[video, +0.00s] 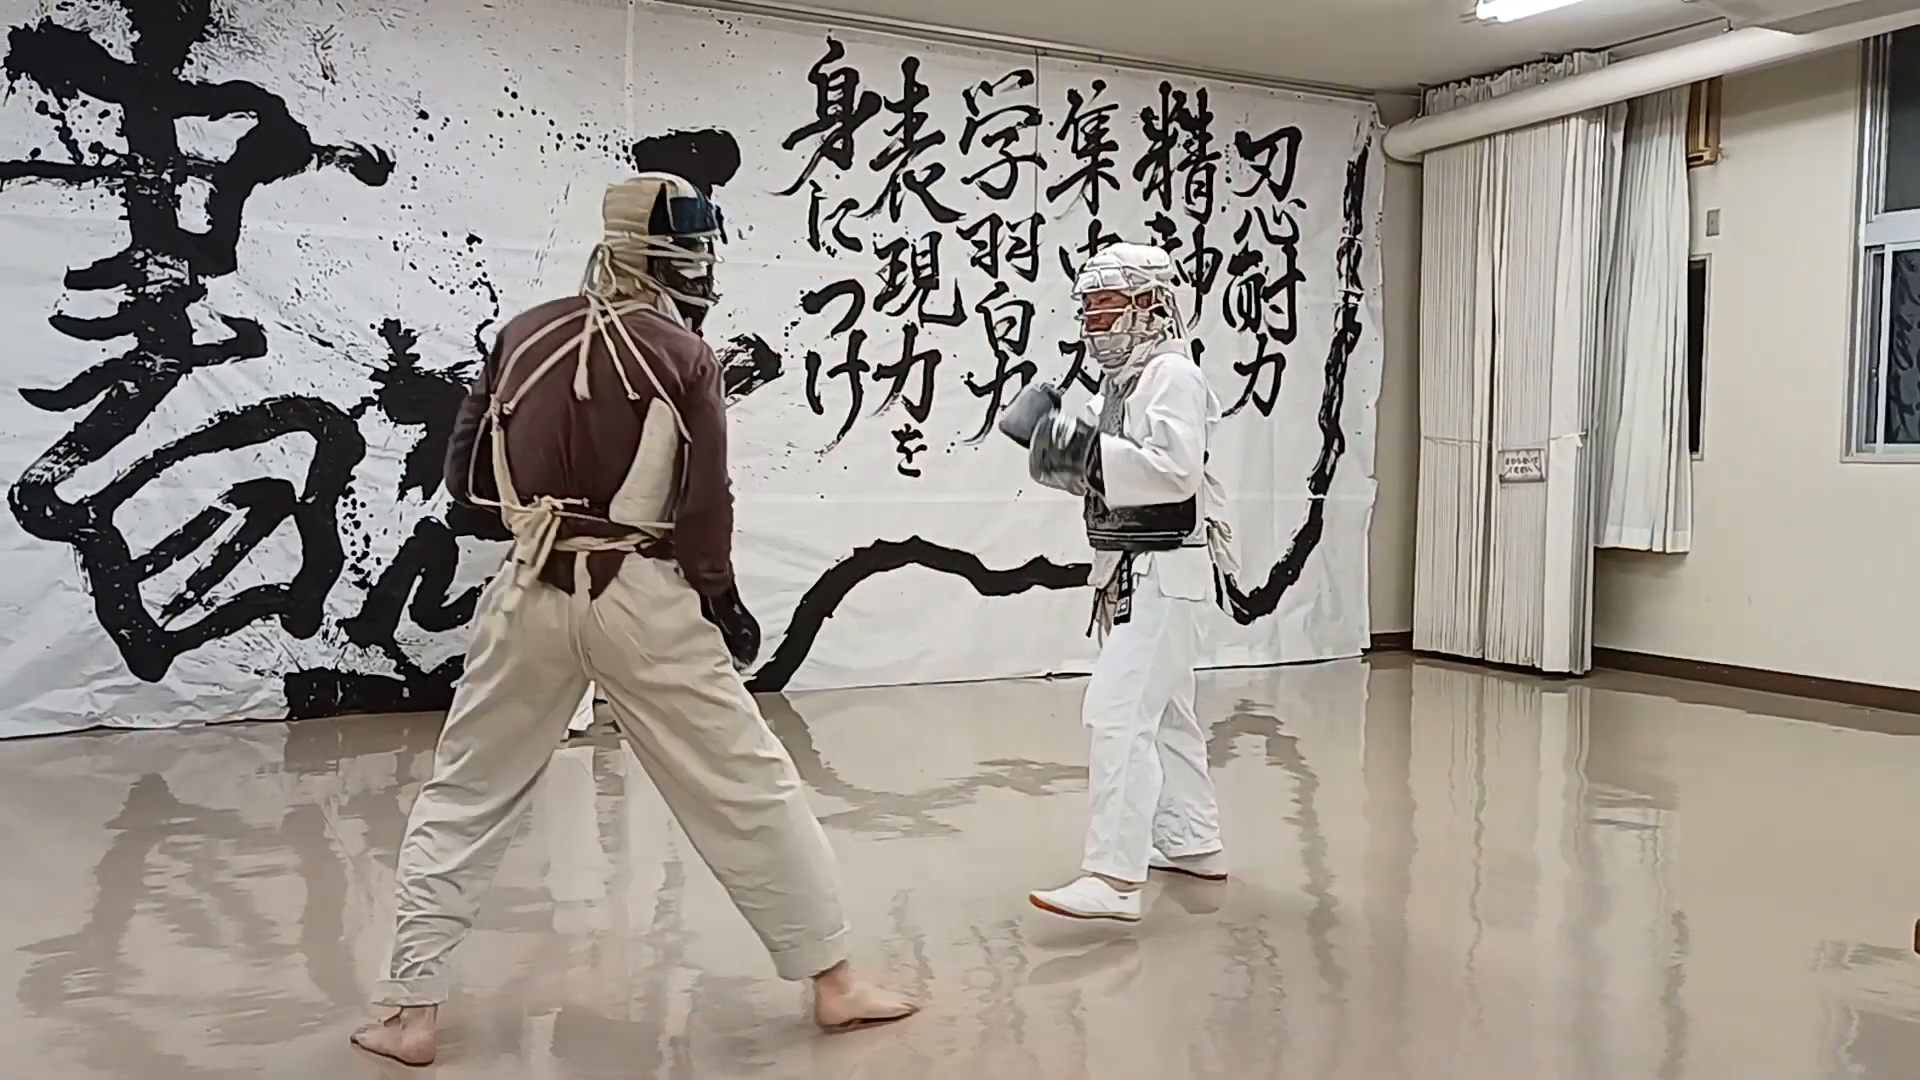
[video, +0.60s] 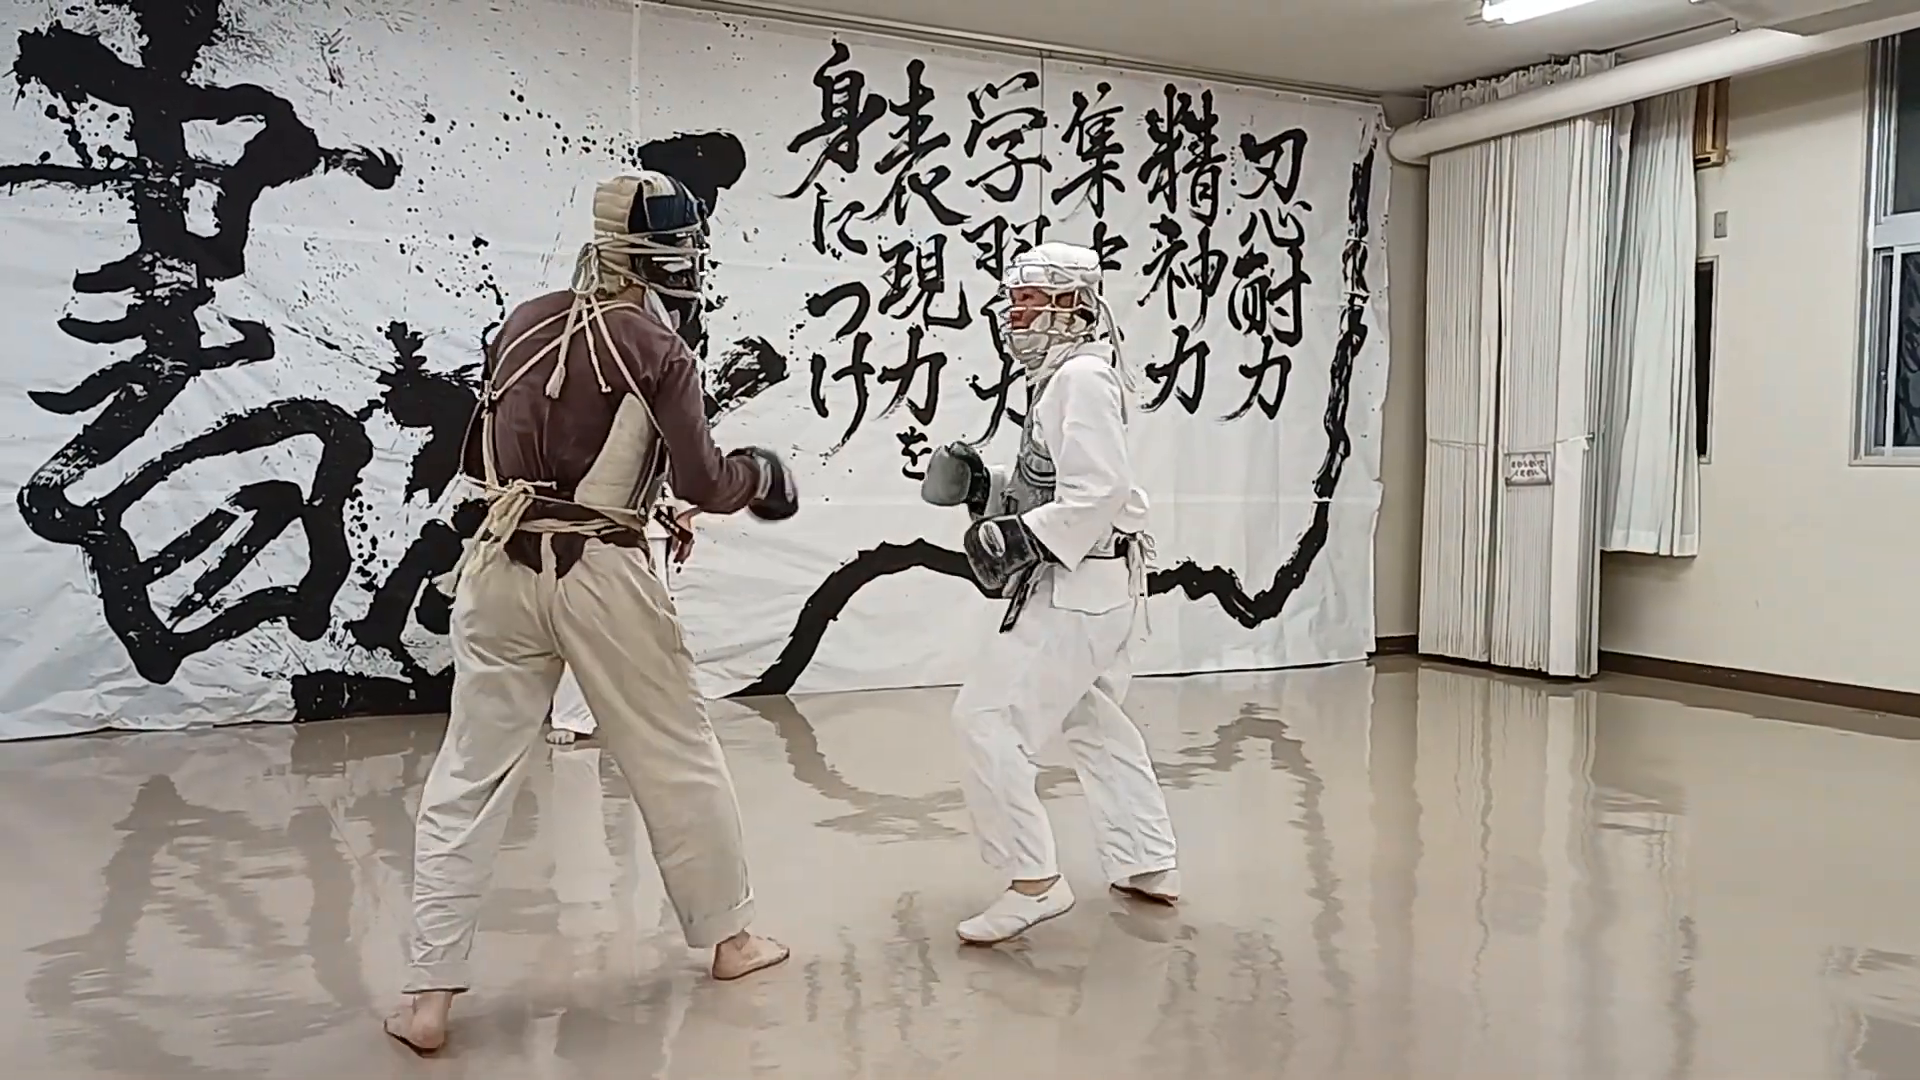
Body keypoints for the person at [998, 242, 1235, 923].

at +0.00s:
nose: (1093, 320)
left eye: (1107, 305)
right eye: (1089, 306)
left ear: (1148, 306)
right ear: (1088, 309)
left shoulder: (1171, 372)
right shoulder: (1122, 379)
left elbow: (1175, 471)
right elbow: (1113, 475)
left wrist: (1083, 446)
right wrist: (1052, 443)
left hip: (1166, 569)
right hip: (1135, 567)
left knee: (1116, 709)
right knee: (1164, 710)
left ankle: (1115, 878)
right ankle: (1192, 842)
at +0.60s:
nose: (1017, 315)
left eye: (1031, 302)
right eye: (1015, 302)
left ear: (1069, 305)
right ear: (1031, 306)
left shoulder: (1079, 379)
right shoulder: (1075, 374)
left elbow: (1096, 490)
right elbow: (1070, 487)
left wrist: (1021, 535)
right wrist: (993, 492)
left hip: (1076, 588)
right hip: (1106, 583)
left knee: (985, 714)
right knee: (1094, 719)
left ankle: (1032, 878)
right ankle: (1148, 865)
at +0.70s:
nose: (989, 331)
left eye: (1003, 316)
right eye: (988, 317)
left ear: (1045, 320)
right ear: (1032, 324)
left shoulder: (1057, 389)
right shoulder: (1052, 387)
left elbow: (1084, 491)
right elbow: (1085, 502)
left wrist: (999, 523)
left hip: (1064, 597)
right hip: (1103, 591)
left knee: (958, 722)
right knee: (1088, 728)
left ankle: (993, 888)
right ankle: (1153, 869)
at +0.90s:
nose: (916, 319)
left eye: (927, 308)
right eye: (917, 307)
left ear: (953, 313)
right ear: (993, 315)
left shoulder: (936, 375)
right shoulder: (1030, 391)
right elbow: (1086, 488)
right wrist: (1089, 562)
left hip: (963, 580)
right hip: (1040, 573)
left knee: (977, 757)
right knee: (1085, 725)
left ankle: (1031, 914)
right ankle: (1129, 850)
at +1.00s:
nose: (867, 293)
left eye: (879, 281)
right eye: (869, 280)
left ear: (911, 284)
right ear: (946, 287)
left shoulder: (874, 346)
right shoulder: (995, 358)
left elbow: (757, 368)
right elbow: (1066, 459)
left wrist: (657, 350)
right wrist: (1073, 549)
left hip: (919, 545)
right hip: (1004, 544)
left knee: (937, 732)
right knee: (1011, 714)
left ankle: (984, 890)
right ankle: (1019, 873)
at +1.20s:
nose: (771, 321)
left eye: (779, 310)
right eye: (772, 308)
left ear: (796, 312)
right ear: (846, 314)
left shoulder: (762, 375)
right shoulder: (893, 390)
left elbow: (670, 443)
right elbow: (952, 487)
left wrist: (725, 459)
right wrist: (919, 576)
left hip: (807, 602)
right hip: (893, 599)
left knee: (738, 762)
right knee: (931, 742)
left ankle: (695, 943)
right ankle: (1002, 888)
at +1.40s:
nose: (738, 323)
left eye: (750, 308)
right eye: (751, 309)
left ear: (779, 314)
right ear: (812, 320)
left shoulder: (785, 361)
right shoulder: (840, 390)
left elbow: (710, 271)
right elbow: (861, 502)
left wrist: (650, 195)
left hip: (784, 594)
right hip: (840, 595)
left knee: (694, 756)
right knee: (815, 733)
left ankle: (697, 941)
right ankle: (888, 861)